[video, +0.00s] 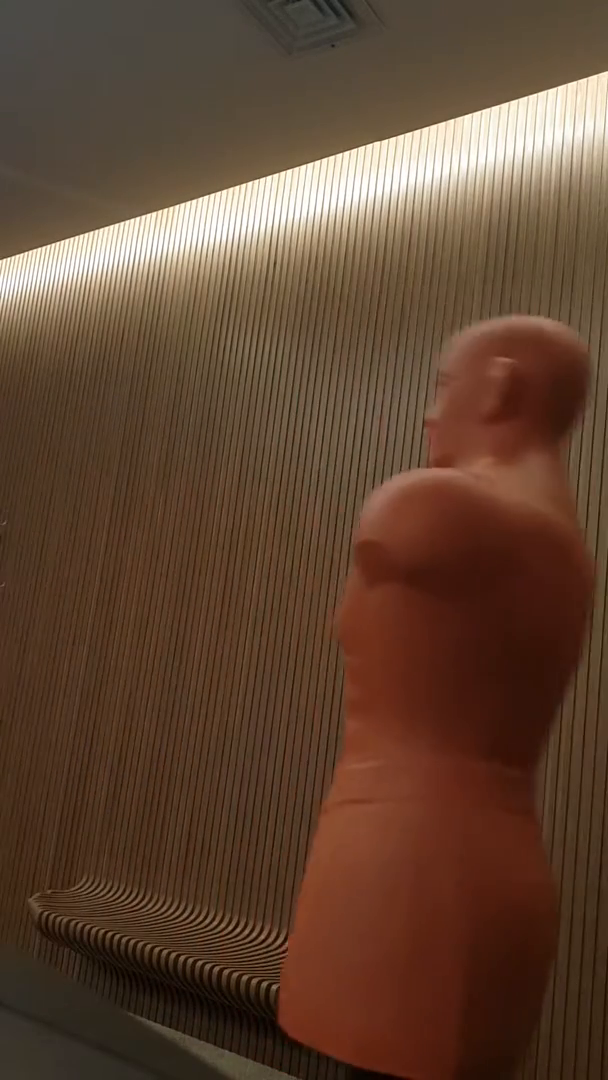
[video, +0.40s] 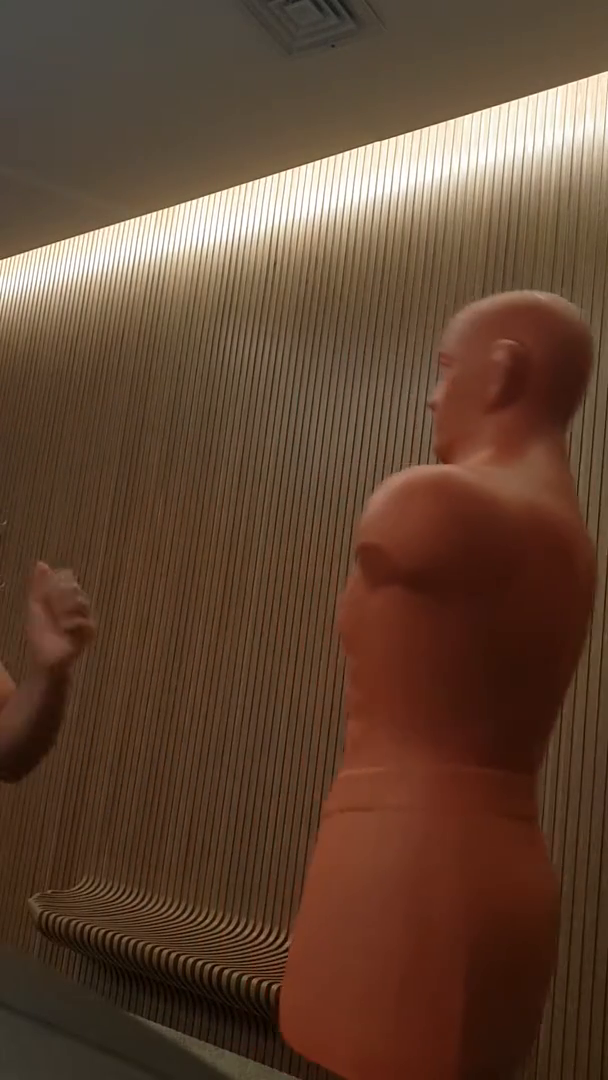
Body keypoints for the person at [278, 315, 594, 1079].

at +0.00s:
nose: (429, 414)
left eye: (444, 388)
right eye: (435, 390)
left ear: (500, 393)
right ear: (555, 415)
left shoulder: (425, 508)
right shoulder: (569, 553)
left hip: (397, 871)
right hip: (504, 867)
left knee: (366, 1062)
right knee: (470, 1065)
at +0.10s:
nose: (364, 400)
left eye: (376, 374)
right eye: (367, 376)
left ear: (429, 375)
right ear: (488, 394)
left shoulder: (362, 503)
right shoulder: (510, 532)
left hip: (365, 870)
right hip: (469, 857)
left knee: (334, 1064)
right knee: (447, 1065)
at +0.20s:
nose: (346, 392)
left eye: (356, 365)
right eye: (349, 368)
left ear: (407, 365)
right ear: (474, 384)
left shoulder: (347, 502)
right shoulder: (496, 527)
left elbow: (284, 618)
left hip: (353, 880)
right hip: (464, 866)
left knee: (326, 1064)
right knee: (442, 1064)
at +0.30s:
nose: (383, 389)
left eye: (394, 361)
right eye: (386, 363)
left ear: (447, 364)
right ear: (510, 385)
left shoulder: (378, 505)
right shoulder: (528, 533)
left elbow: (333, 537)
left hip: (372, 878)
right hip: (482, 862)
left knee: (340, 1064)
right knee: (455, 1067)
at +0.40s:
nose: (431, 398)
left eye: (445, 370)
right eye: (437, 373)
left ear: (504, 372)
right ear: (527, 383)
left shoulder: (427, 505)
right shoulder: (570, 540)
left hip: (402, 878)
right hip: (503, 868)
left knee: (360, 1063)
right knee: (472, 1065)